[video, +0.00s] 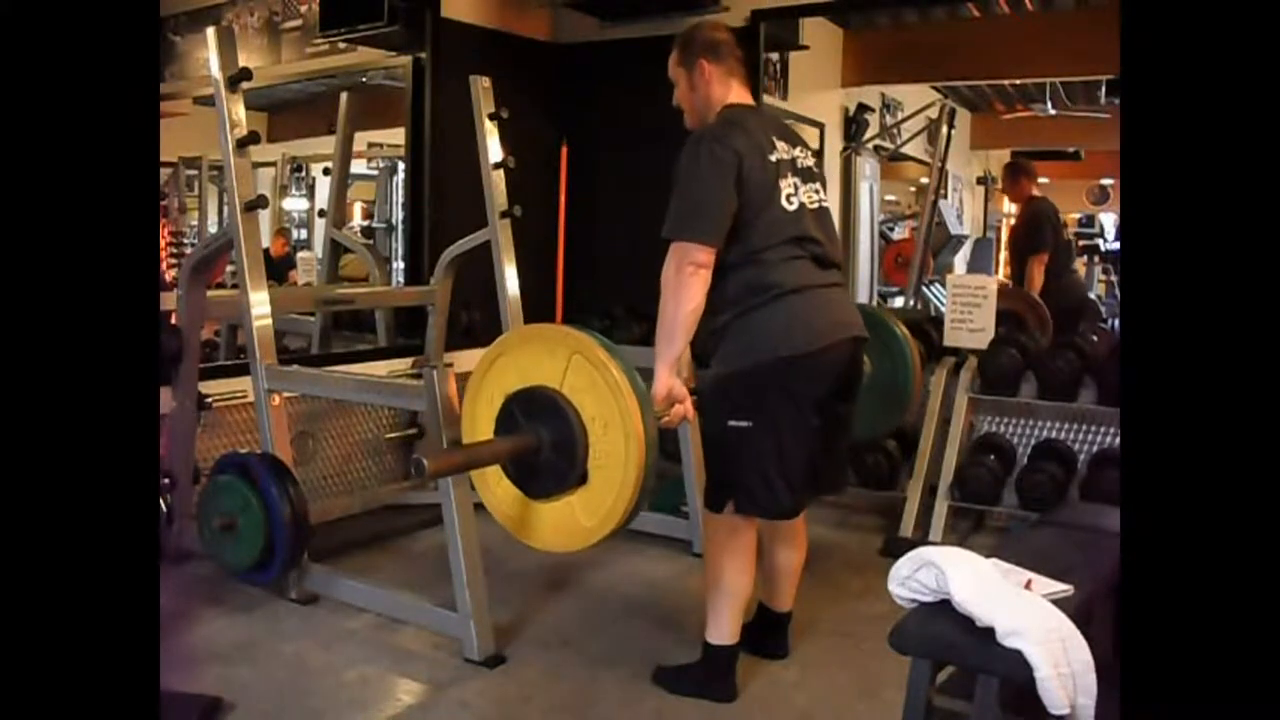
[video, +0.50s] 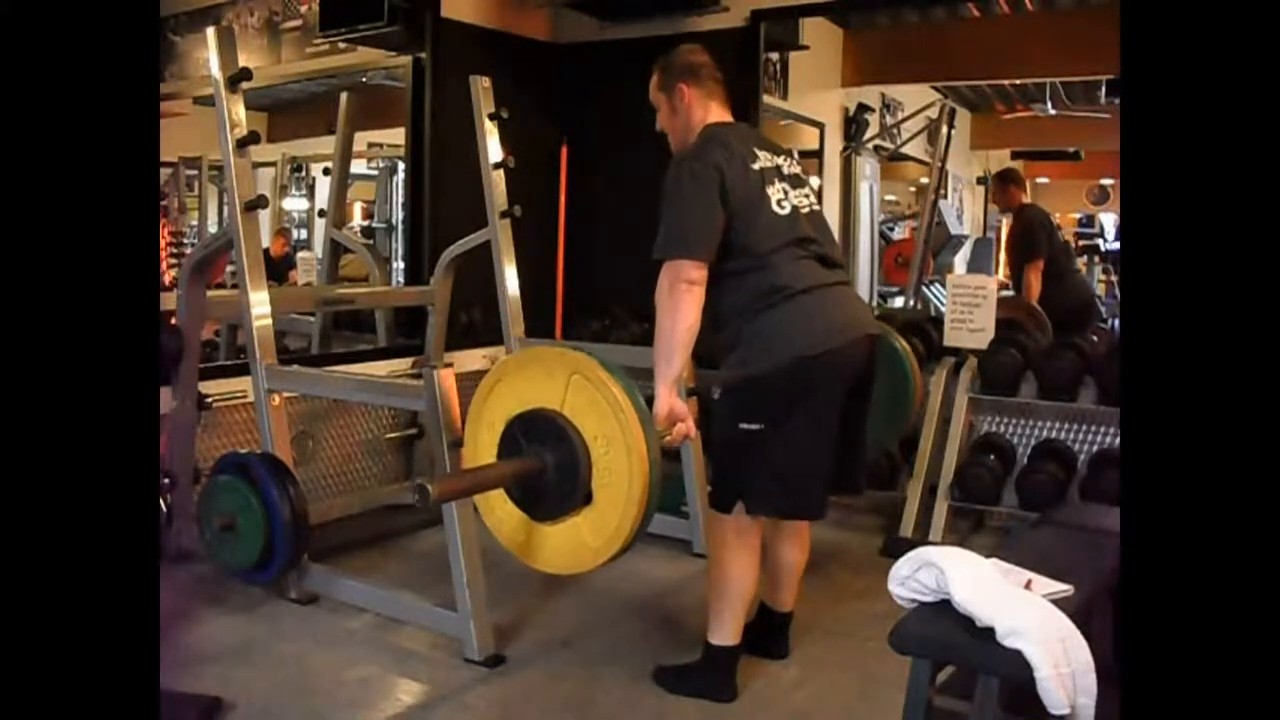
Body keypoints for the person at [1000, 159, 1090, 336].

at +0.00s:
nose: (1003, 190)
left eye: (1006, 184)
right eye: (1003, 184)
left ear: (1022, 182)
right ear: (1024, 182)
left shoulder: (1038, 209)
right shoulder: (1029, 209)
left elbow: (1038, 262)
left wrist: (1027, 308)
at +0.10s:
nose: (1001, 193)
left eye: (1004, 186)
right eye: (1002, 186)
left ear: (1020, 183)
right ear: (1023, 183)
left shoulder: (1037, 211)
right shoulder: (1029, 210)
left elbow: (1037, 265)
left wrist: (1027, 310)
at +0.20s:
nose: (999, 194)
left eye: (1001, 187)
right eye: (999, 187)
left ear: (1017, 185)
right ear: (1020, 185)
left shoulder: (1036, 212)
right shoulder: (1028, 212)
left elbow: (1037, 266)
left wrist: (1027, 312)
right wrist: (1022, 310)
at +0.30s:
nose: (997, 194)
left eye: (1000, 187)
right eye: (997, 188)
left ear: (1015, 185)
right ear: (1017, 186)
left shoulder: (1034, 214)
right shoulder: (1027, 214)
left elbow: (1036, 266)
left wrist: (1027, 313)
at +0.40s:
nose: (994, 197)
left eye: (997, 189)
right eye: (994, 190)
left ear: (1014, 187)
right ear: (1016, 188)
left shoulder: (1032, 216)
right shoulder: (1025, 217)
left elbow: (1035, 269)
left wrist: (1026, 316)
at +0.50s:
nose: (992, 199)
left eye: (995, 192)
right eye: (992, 193)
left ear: (1011, 189)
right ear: (1013, 190)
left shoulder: (1031, 217)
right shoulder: (1022, 218)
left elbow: (1034, 270)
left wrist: (1026, 318)